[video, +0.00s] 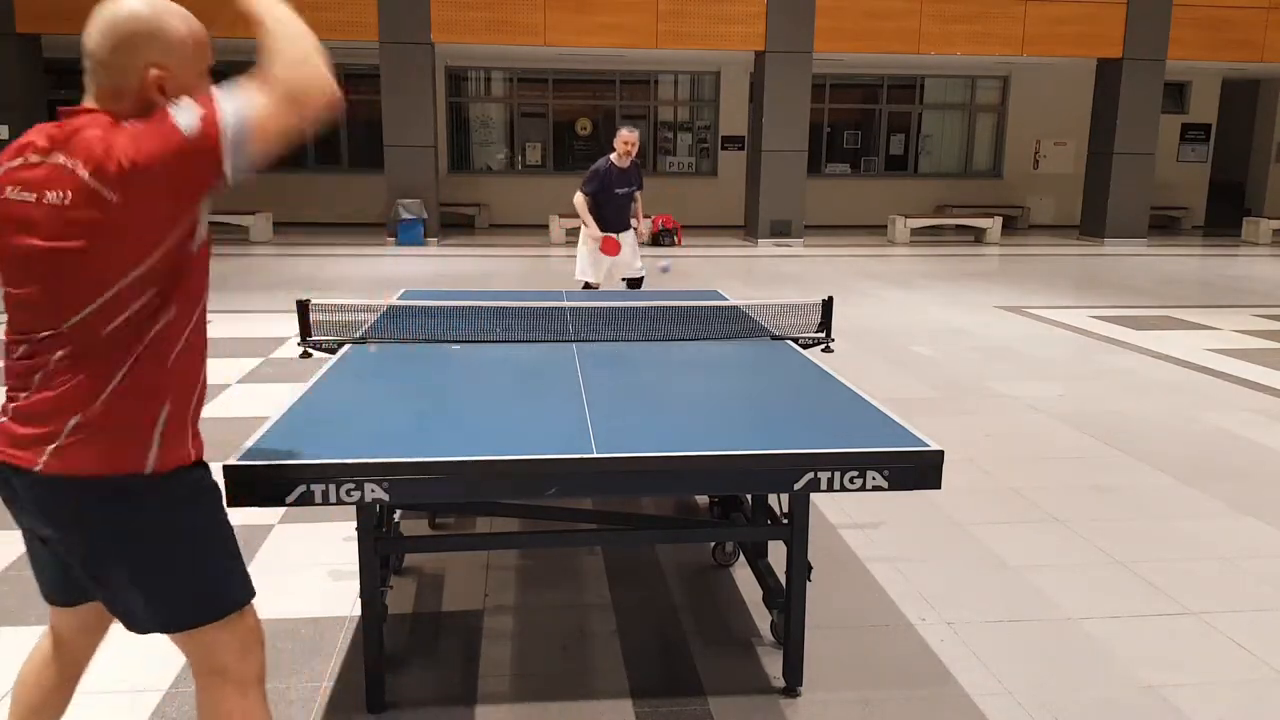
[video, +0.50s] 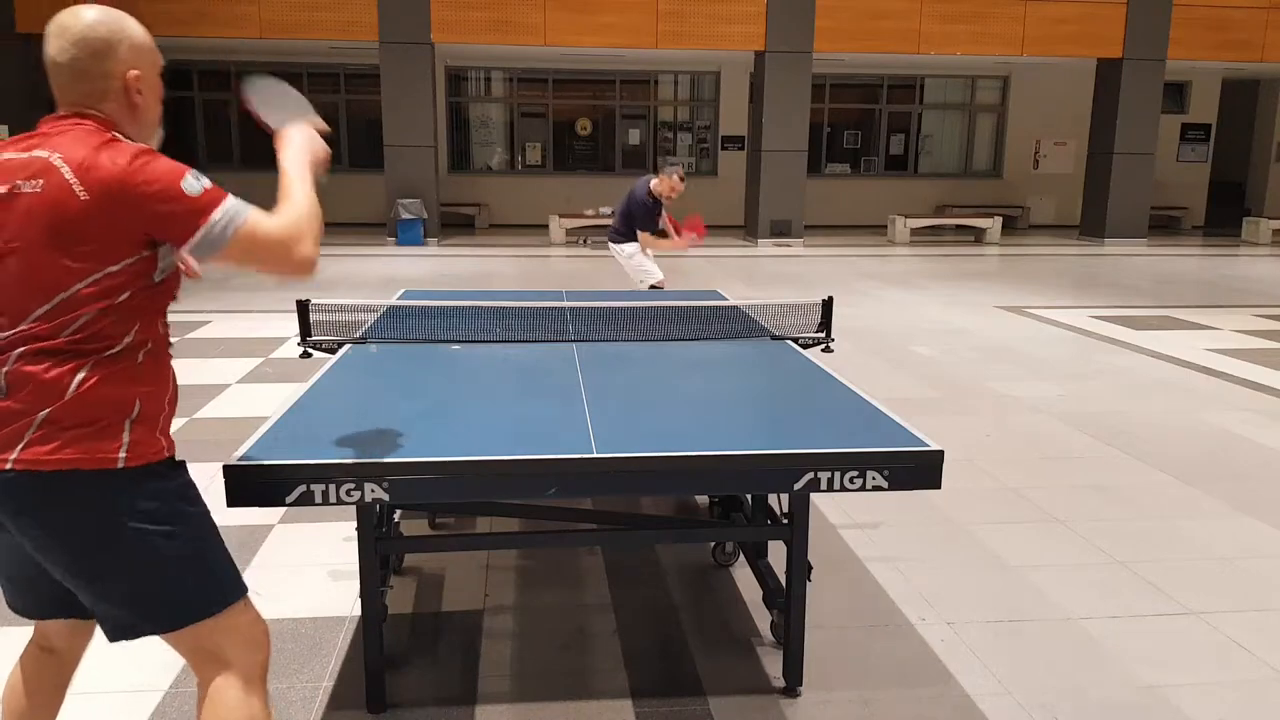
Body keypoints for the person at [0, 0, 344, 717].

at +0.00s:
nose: (210, 95)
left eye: (209, 79)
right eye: (202, 79)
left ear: (94, 78)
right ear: (159, 86)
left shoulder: (17, 161)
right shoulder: (149, 154)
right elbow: (309, 89)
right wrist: (267, 7)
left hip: (28, 459)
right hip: (132, 467)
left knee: (72, 628)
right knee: (230, 656)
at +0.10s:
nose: (154, 80)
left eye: (156, 66)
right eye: (148, 67)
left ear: (47, 71)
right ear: (116, 76)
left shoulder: (7, 150)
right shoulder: (113, 138)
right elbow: (239, 36)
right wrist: (156, 4)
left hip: (24, 462)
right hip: (128, 455)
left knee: (59, 644)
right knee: (232, 650)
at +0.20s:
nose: (121, 90)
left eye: (118, 75)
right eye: (113, 75)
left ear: (15, 82)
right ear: (80, 79)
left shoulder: (5, 150)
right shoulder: (96, 146)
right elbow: (249, 98)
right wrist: (168, 17)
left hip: (18, 464)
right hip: (119, 460)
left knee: (64, 627)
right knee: (235, 647)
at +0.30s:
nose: (108, 91)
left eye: (106, 77)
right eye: (103, 77)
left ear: (9, 85)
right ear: (74, 80)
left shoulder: (2, 157)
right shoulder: (99, 154)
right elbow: (264, 156)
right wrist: (212, 60)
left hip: (15, 463)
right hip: (114, 461)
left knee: (59, 630)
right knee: (233, 648)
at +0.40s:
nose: (125, 87)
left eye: (122, 72)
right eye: (119, 72)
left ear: (26, 82)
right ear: (92, 79)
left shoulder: (3, 152)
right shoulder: (107, 160)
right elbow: (279, 200)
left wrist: (140, 228)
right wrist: (254, 105)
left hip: (13, 464)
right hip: (105, 461)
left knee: (52, 639)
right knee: (230, 652)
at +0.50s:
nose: (160, 94)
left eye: (159, 80)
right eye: (157, 79)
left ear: (64, 83)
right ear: (131, 84)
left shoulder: (9, 163)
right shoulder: (131, 172)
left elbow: (57, 288)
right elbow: (295, 250)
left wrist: (164, 264)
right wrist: (298, 153)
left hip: (17, 467)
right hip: (105, 468)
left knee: (55, 638)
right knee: (234, 653)